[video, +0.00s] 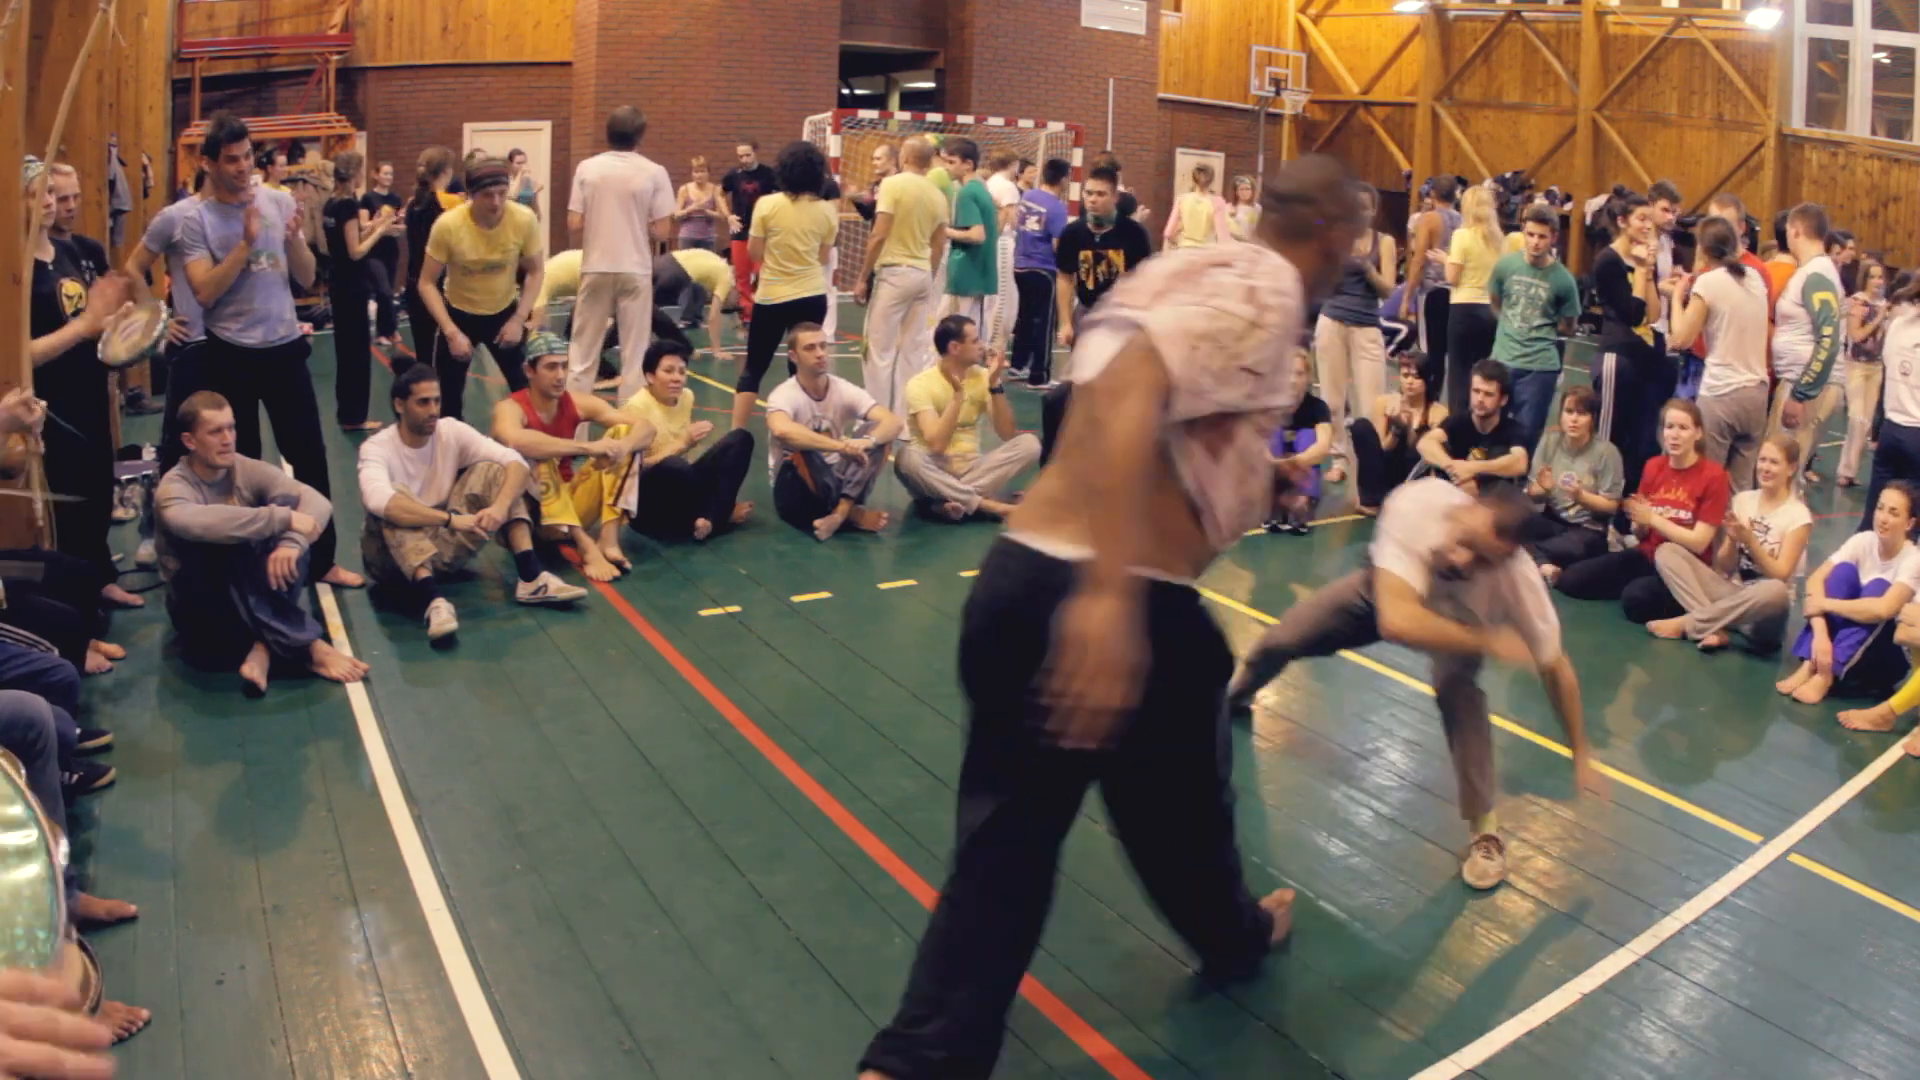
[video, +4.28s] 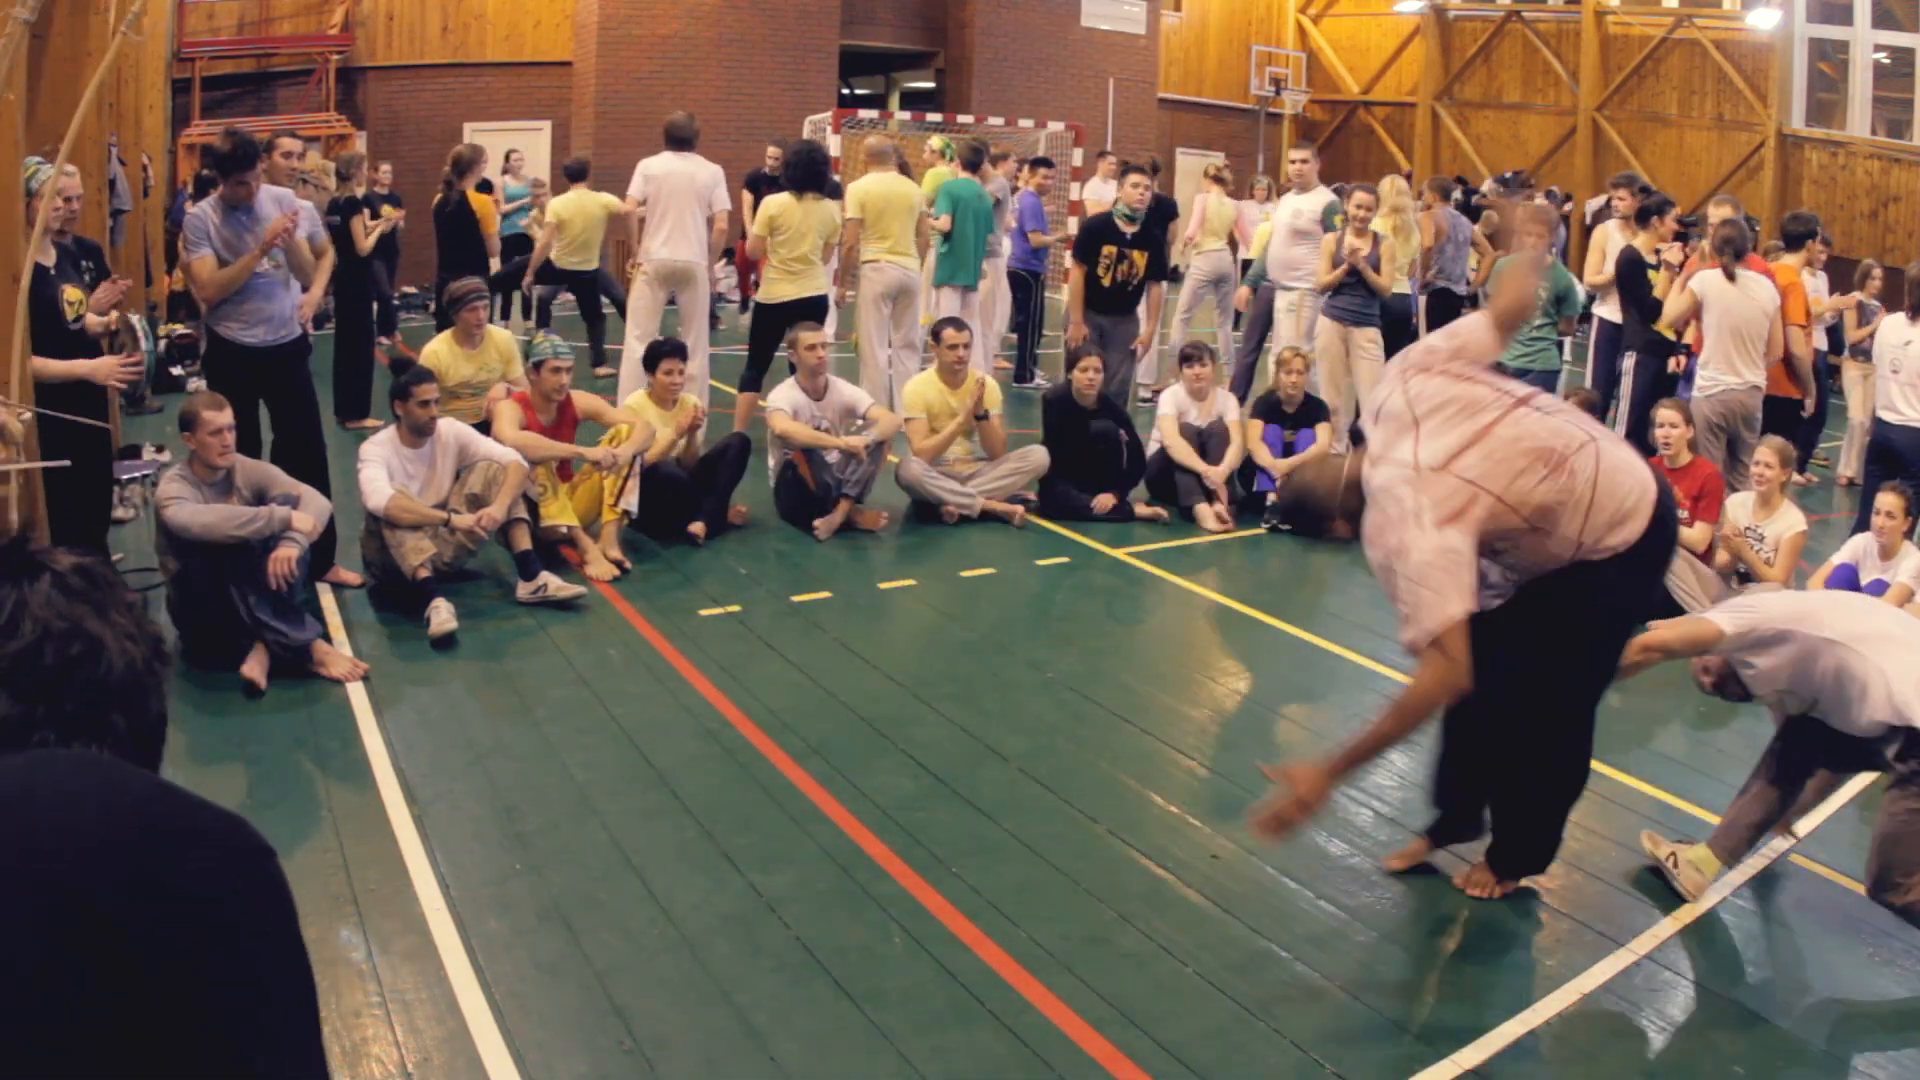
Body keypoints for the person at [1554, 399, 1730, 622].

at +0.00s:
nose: (1674, 434)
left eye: (1683, 428)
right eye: (1669, 427)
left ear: (1698, 433)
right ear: (1661, 431)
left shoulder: (1715, 476)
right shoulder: (1653, 466)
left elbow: (1699, 543)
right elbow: (1640, 533)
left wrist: (1651, 519)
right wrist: (1639, 516)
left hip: (1683, 566)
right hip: (1646, 555)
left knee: (1635, 601)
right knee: (1569, 581)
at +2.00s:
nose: (1671, 434)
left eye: (1680, 427)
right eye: (1666, 426)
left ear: (1696, 433)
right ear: (1659, 431)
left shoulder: (1712, 477)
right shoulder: (1653, 466)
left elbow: (1701, 544)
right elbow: (1642, 531)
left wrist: (1662, 516)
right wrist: (1632, 511)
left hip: (1682, 566)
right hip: (1647, 555)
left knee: (1635, 601)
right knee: (1570, 581)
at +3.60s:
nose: (1666, 433)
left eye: (1675, 426)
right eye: (1661, 426)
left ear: (1694, 431)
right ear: (1656, 430)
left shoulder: (1710, 475)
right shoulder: (1652, 466)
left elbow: (1699, 544)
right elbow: (1637, 530)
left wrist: (1654, 517)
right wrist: (1645, 517)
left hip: (1682, 565)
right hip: (1645, 555)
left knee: (1635, 600)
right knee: (1572, 580)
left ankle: (1692, 603)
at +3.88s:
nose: (1664, 433)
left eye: (1673, 426)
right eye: (1659, 426)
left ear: (1689, 431)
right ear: (1653, 431)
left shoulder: (1708, 474)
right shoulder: (1648, 467)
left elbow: (1698, 538)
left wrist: (1652, 517)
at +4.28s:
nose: (1665, 434)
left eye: (1674, 426)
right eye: (1660, 426)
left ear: (1690, 431)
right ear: (1653, 431)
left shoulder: (1709, 474)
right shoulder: (1647, 468)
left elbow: (1699, 541)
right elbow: (1631, 519)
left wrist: (1654, 521)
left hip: (1693, 564)